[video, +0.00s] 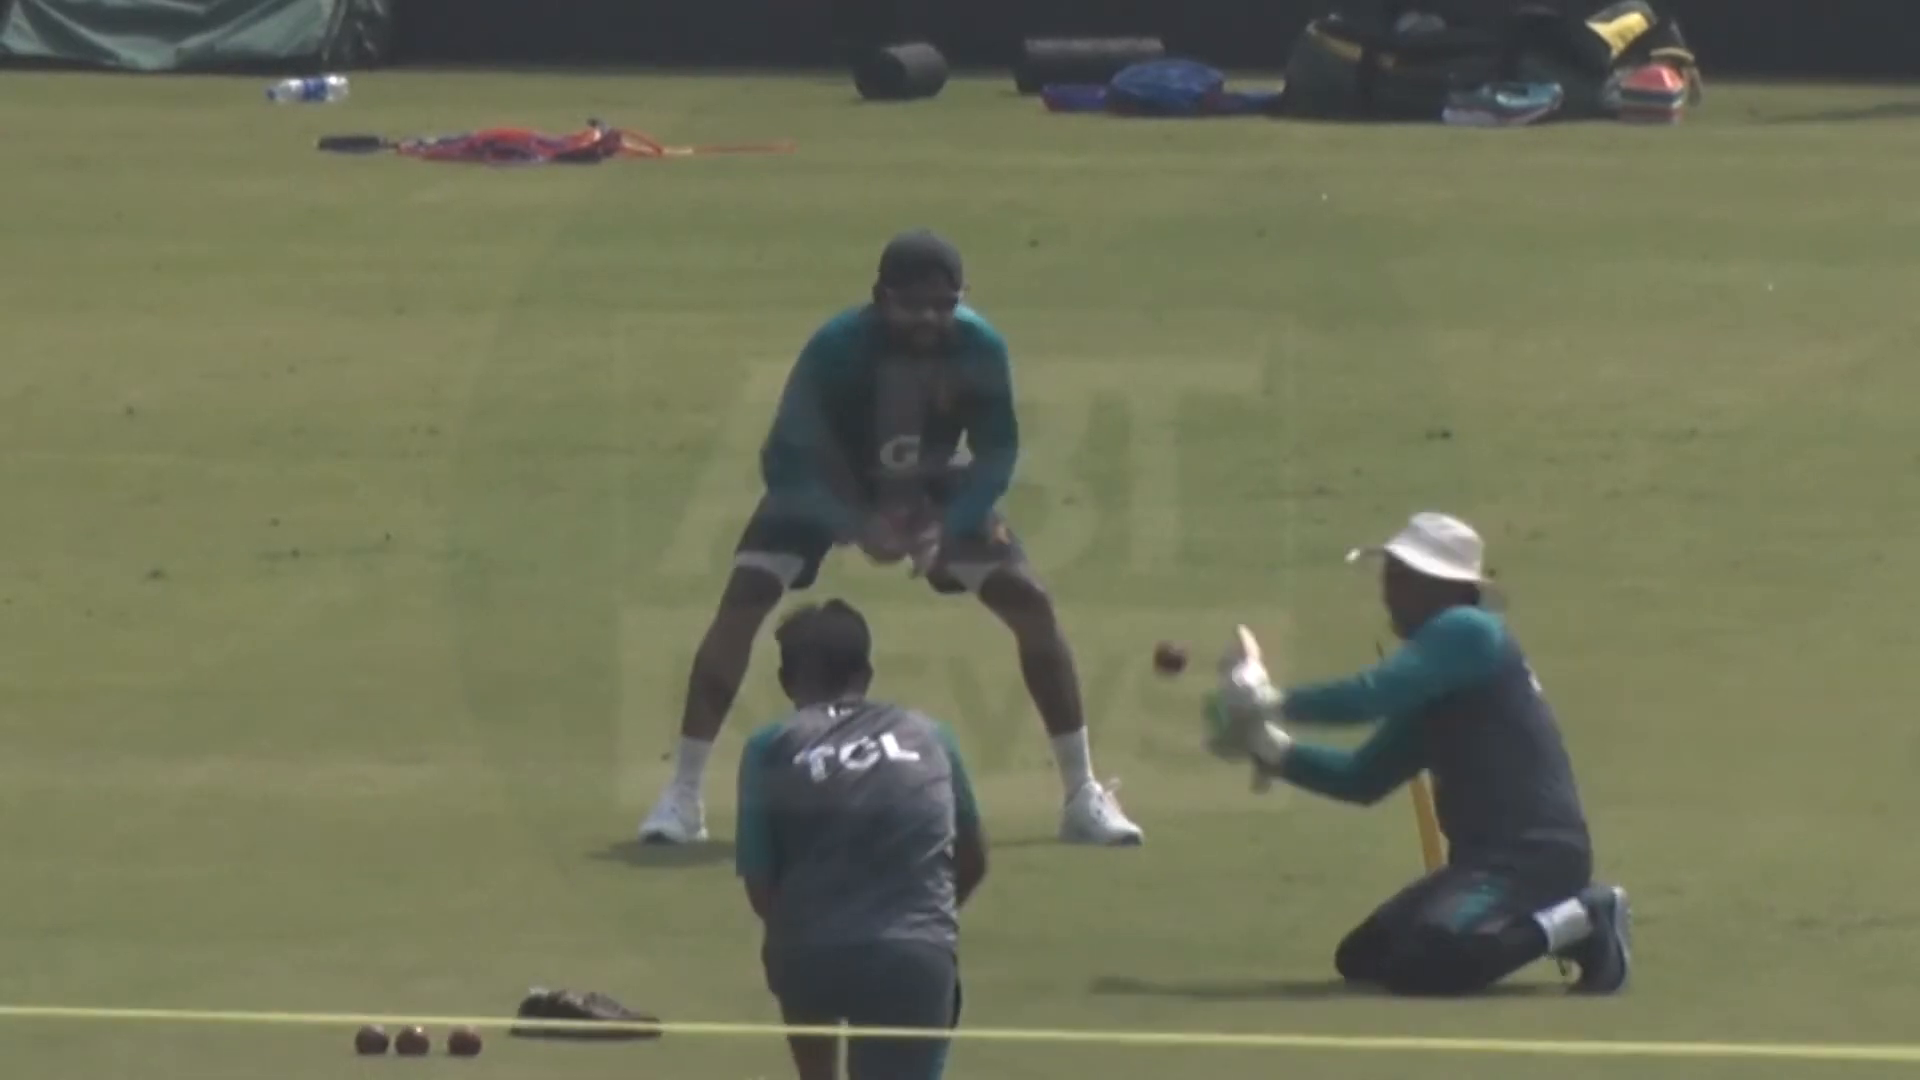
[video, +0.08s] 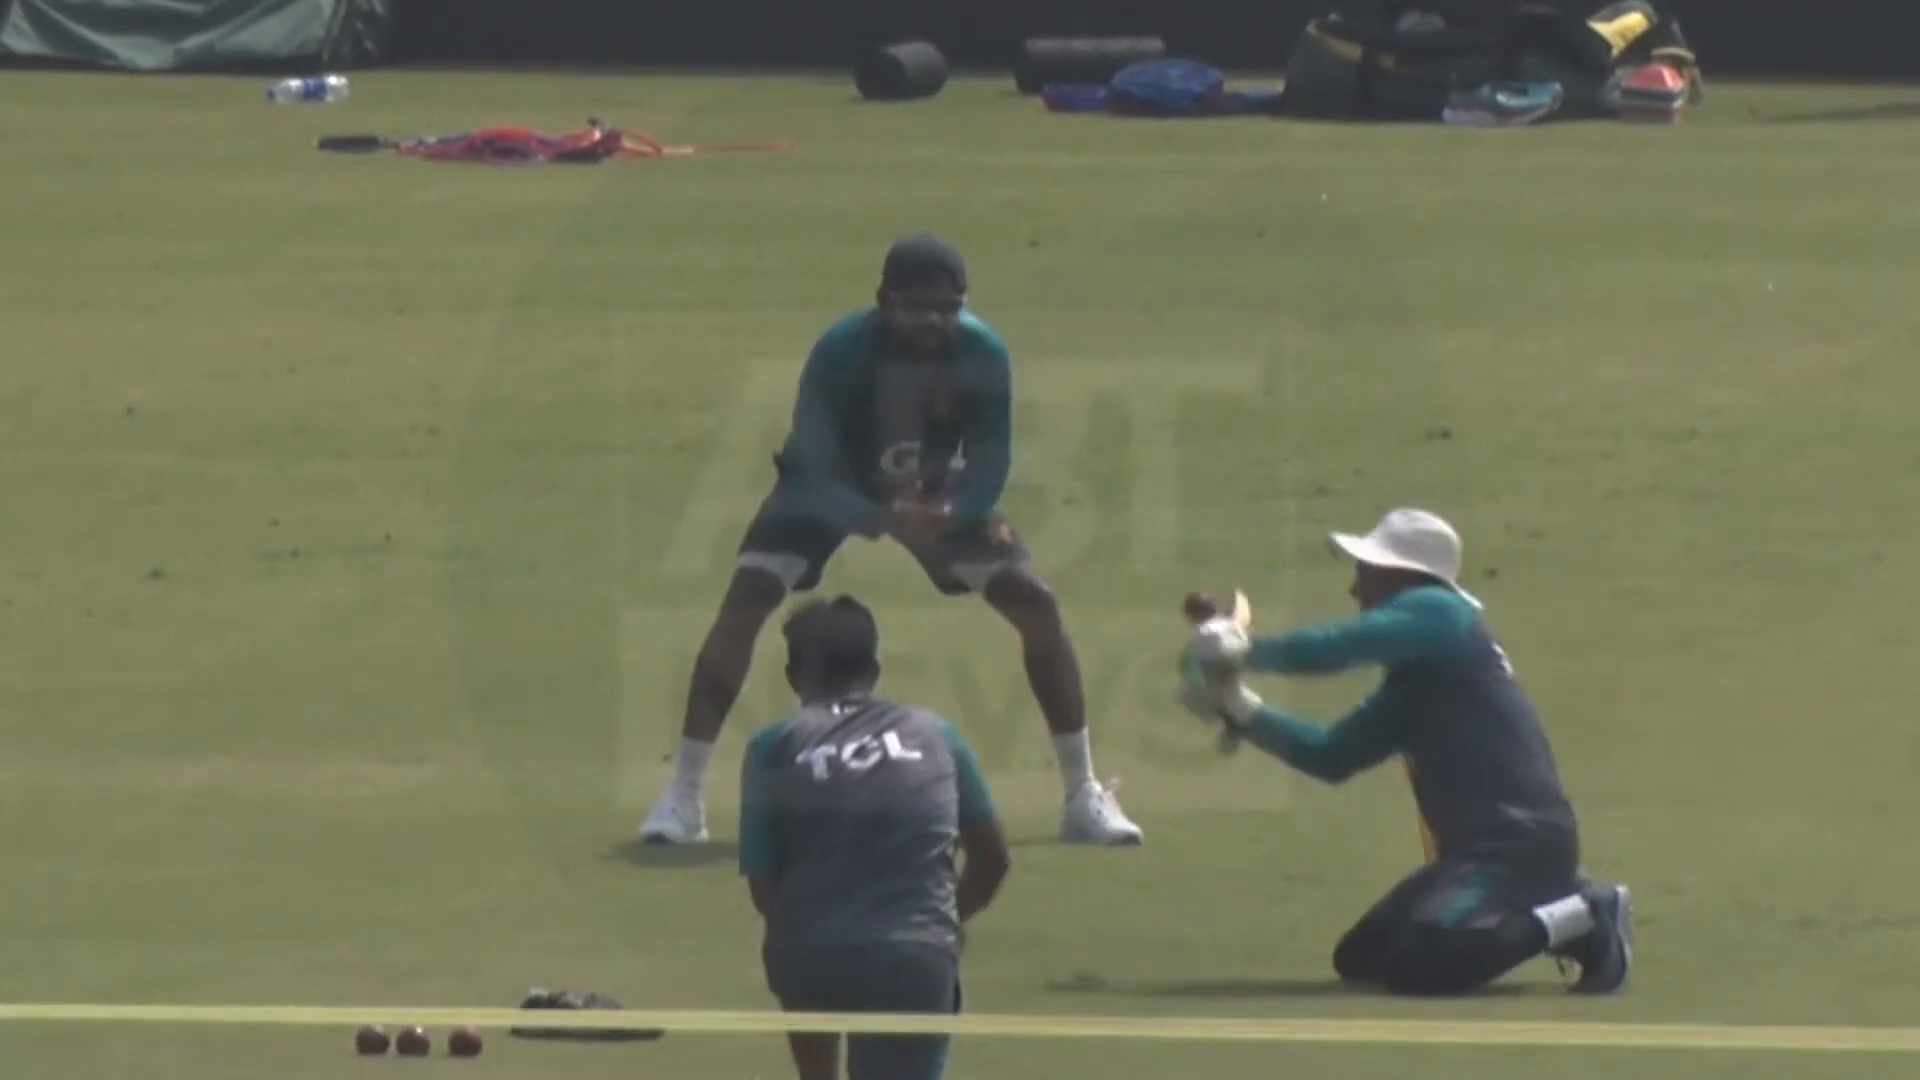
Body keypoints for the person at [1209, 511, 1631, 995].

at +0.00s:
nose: (1385, 589)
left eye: (1397, 574)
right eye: (1387, 574)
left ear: (1434, 582)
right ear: (1437, 584)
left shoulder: (1468, 632)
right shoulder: (1446, 683)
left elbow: (1371, 695)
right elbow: (1363, 780)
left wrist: (1268, 701)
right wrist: (1269, 746)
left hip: (1531, 862)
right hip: (1486, 864)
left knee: (1415, 964)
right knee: (1361, 959)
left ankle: (1584, 918)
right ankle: (1547, 923)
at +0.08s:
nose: (1354, 583)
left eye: (1367, 567)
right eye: (1358, 567)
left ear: (1406, 574)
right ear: (1411, 575)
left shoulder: (1442, 615)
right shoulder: (1422, 678)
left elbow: (1336, 648)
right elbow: (1333, 759)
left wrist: (1240, 647)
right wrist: (1239, 709)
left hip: (1520, 847)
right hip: (1480, 852)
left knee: (1412, 964)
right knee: (1360, 958)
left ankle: (1584, 914)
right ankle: (1550, 918)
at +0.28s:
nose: (1339, 544)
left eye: (1349, 534)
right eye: (1341, 533)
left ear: (1374, 536)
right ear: (1405, 540)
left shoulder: (1393, 570)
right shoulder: (1399, 637)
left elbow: (1296, 584)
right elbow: (1321, 728)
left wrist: (1210, 596)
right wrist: (1226, 663)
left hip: (1469, 808)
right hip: (1451, 814)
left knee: (1379, 963)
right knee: (1359, 958)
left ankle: (1562, 907)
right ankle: (1540, 908)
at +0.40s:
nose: (1330, 536)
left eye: (1339, 526)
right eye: (1334, 525)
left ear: (1361, 529)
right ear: (1404, 536)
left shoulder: (1368, 561)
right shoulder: (1409, 601)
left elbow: (1278, 612)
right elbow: (1355, 737)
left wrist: (1210, 640)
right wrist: (1255, 698)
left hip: (1449, 800)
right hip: (1442, 801)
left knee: (1379, 962)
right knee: (1356, 956)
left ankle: (1556, 909)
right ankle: (1534, 906)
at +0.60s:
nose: (1312, 536)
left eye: (1318, 528)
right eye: (1314, 527)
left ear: (1333, 528)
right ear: (1384, 532)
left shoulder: (1338, 564)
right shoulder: (1399, 592)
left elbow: (1286, 666)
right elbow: (1385, 750)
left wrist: (1238, 707)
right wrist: (1286, 743)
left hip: (1441, 796)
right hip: (1451, 791)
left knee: (1378, 962)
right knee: (1355, 957)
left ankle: (1561, 909)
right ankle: (1533, 906)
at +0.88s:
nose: (1293, 542)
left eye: (1297, 532)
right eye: (1295, 530)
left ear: (1310, 534)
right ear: (1363, 534)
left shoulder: (1326, 573)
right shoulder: (1390, 591)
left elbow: (1320, 683)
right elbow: (1381, 747)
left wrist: (1275, 753)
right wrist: (1292, 774)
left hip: (1438, 793)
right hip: (1457, 788)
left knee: (1381, 965)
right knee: (1355, 959)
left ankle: (1552, 903)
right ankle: (1534, 903)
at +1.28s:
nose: (1304, 556)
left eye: (1309, 545)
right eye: (1305, 544)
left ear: (1329, 551)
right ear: (1375, 543)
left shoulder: (1369, 602)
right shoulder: (1404, 599)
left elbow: (1382, 727)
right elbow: (1407, 751)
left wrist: (1318, 795)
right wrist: (1327, 766)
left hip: (1473, 816)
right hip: (1466, 814)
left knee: (1378, 969)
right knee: (1355, 961)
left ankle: (1547, 904)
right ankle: (1540, 902)